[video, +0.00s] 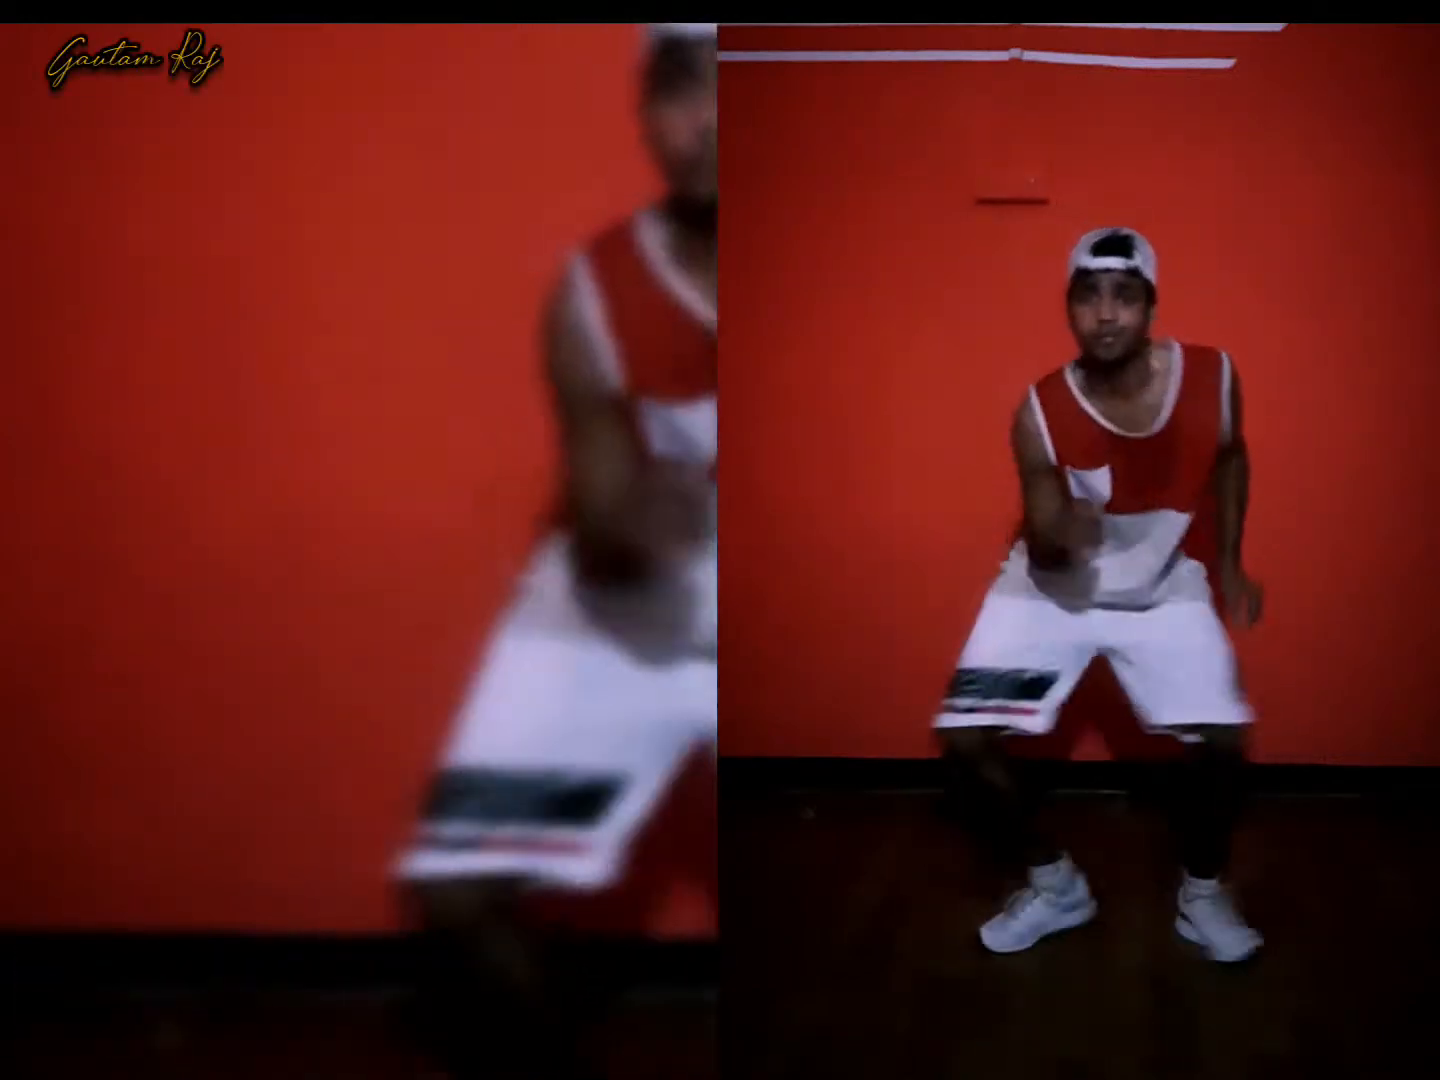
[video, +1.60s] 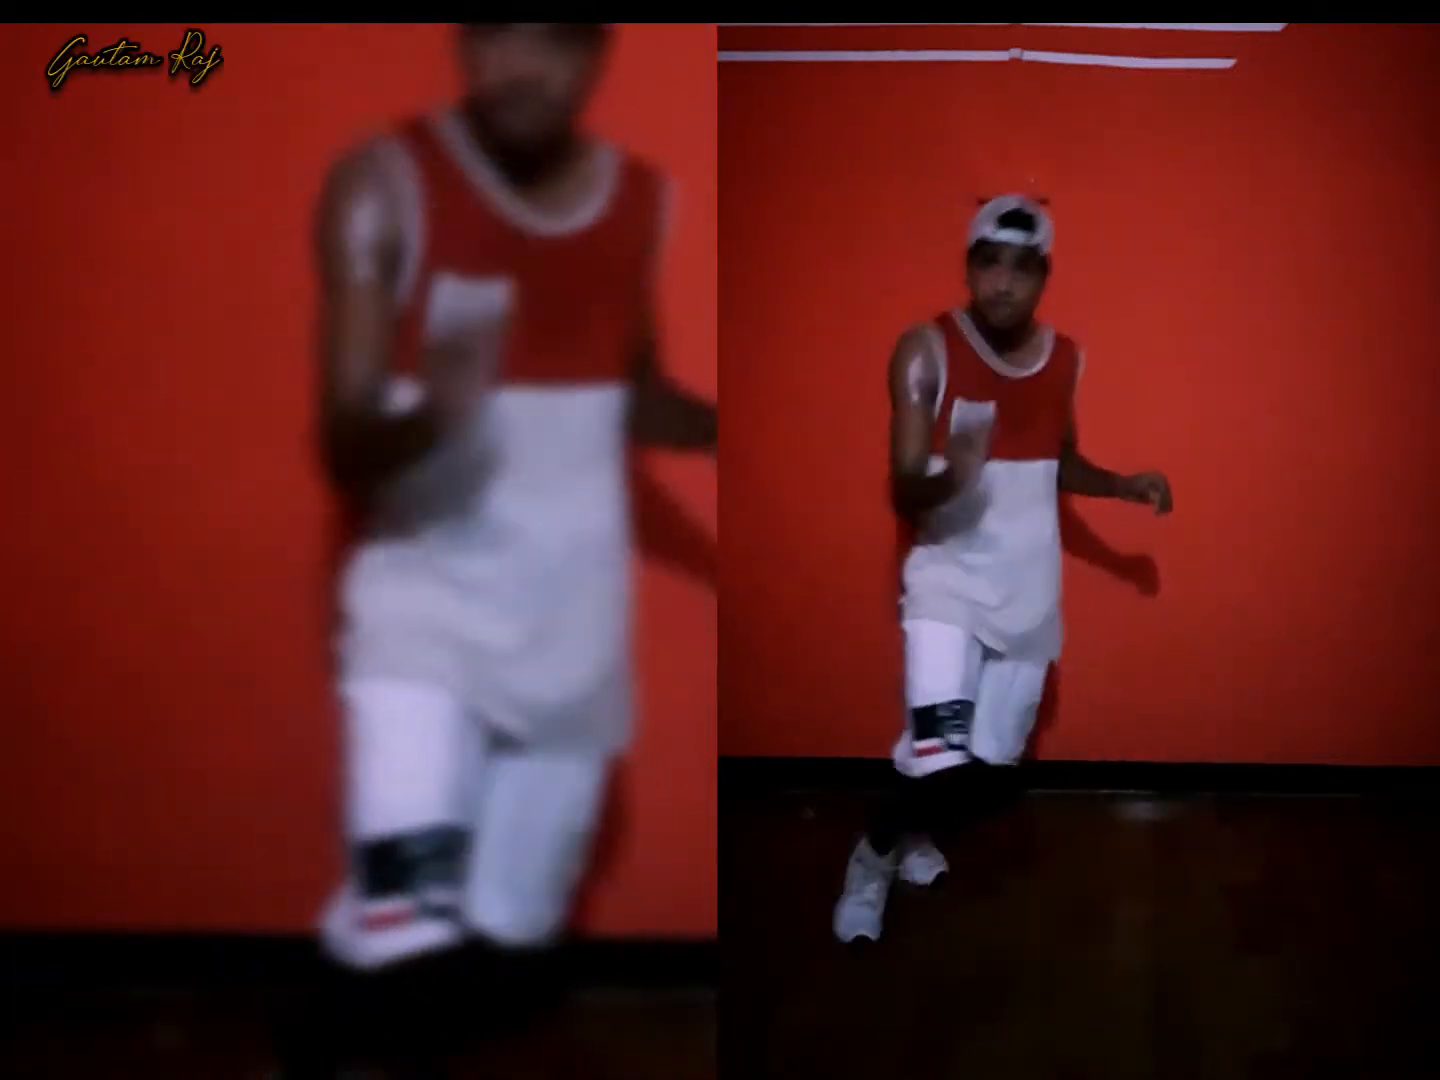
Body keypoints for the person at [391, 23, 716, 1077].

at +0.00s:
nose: (703, 136)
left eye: (722, 107)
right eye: (680, 107)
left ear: (761, 122)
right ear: (649, 122)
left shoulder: (823, 268)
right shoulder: (605, 286)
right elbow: (607, 540)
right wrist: (647, 518)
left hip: (772, 597)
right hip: (625, 595)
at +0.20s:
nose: (736, 142)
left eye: (755, 116)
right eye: (716, 114)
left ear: (791, 134)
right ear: (680, 126)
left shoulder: (826, 277)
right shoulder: (587, 256)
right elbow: (491, 447)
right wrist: (532, 546)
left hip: (763, 666)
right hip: (608, 653)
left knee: (794, 950)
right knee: (485, 900)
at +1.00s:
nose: (564, 186)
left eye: (599, 155)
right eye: (536, 153)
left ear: (647, 173)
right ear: (498, 170)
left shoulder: (720, 323)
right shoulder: (466, 280)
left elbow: (788, 491)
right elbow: (459, 438)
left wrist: (727, 599)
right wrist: (469, 524)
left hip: (697, 653)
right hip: (541, 647)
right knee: (405, 912)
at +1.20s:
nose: (498, 119)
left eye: (531, 85)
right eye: (469, 86)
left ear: (581, 104)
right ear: (438, 111)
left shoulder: (705, 242)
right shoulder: (402, 283)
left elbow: (793, 392)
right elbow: (328, 439)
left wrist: (747, 520)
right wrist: (435, 523)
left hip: (699, 626)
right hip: (515, 629)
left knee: (789, 902)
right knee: (474, 918)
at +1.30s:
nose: (427, 39)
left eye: (451, 17)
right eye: (408, 25)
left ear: (518, 16)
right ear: (391, 43)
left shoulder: (648, 98)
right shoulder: (376, 227)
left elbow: (712, 287)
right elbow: (367, 473)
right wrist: (478, 467)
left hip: (683, 584)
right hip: (503, 610)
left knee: (768, 860)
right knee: (491, 919)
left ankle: (609, 1016)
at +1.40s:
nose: (412, 46)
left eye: (436, 22)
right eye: (389, 27)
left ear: (493, 25)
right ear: (367, 45)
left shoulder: (587, 122)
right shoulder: (362, 223)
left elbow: (632, 311)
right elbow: (448, 483)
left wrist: (693, 411)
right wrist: (503, 341)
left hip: (651, 594)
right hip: (494, 607)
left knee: (618, 936)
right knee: (484, 940)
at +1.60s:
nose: (519, 68)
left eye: (551, 42)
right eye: (496, 39)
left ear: (596, 58)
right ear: (463, 50)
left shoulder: (631, 194)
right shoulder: (387, 184)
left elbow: (630, 391)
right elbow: (349, 439)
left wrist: (740, 431)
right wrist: (426, 405)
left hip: (575, 625)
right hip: (422, 608)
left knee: (512, 965)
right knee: (406, 940)